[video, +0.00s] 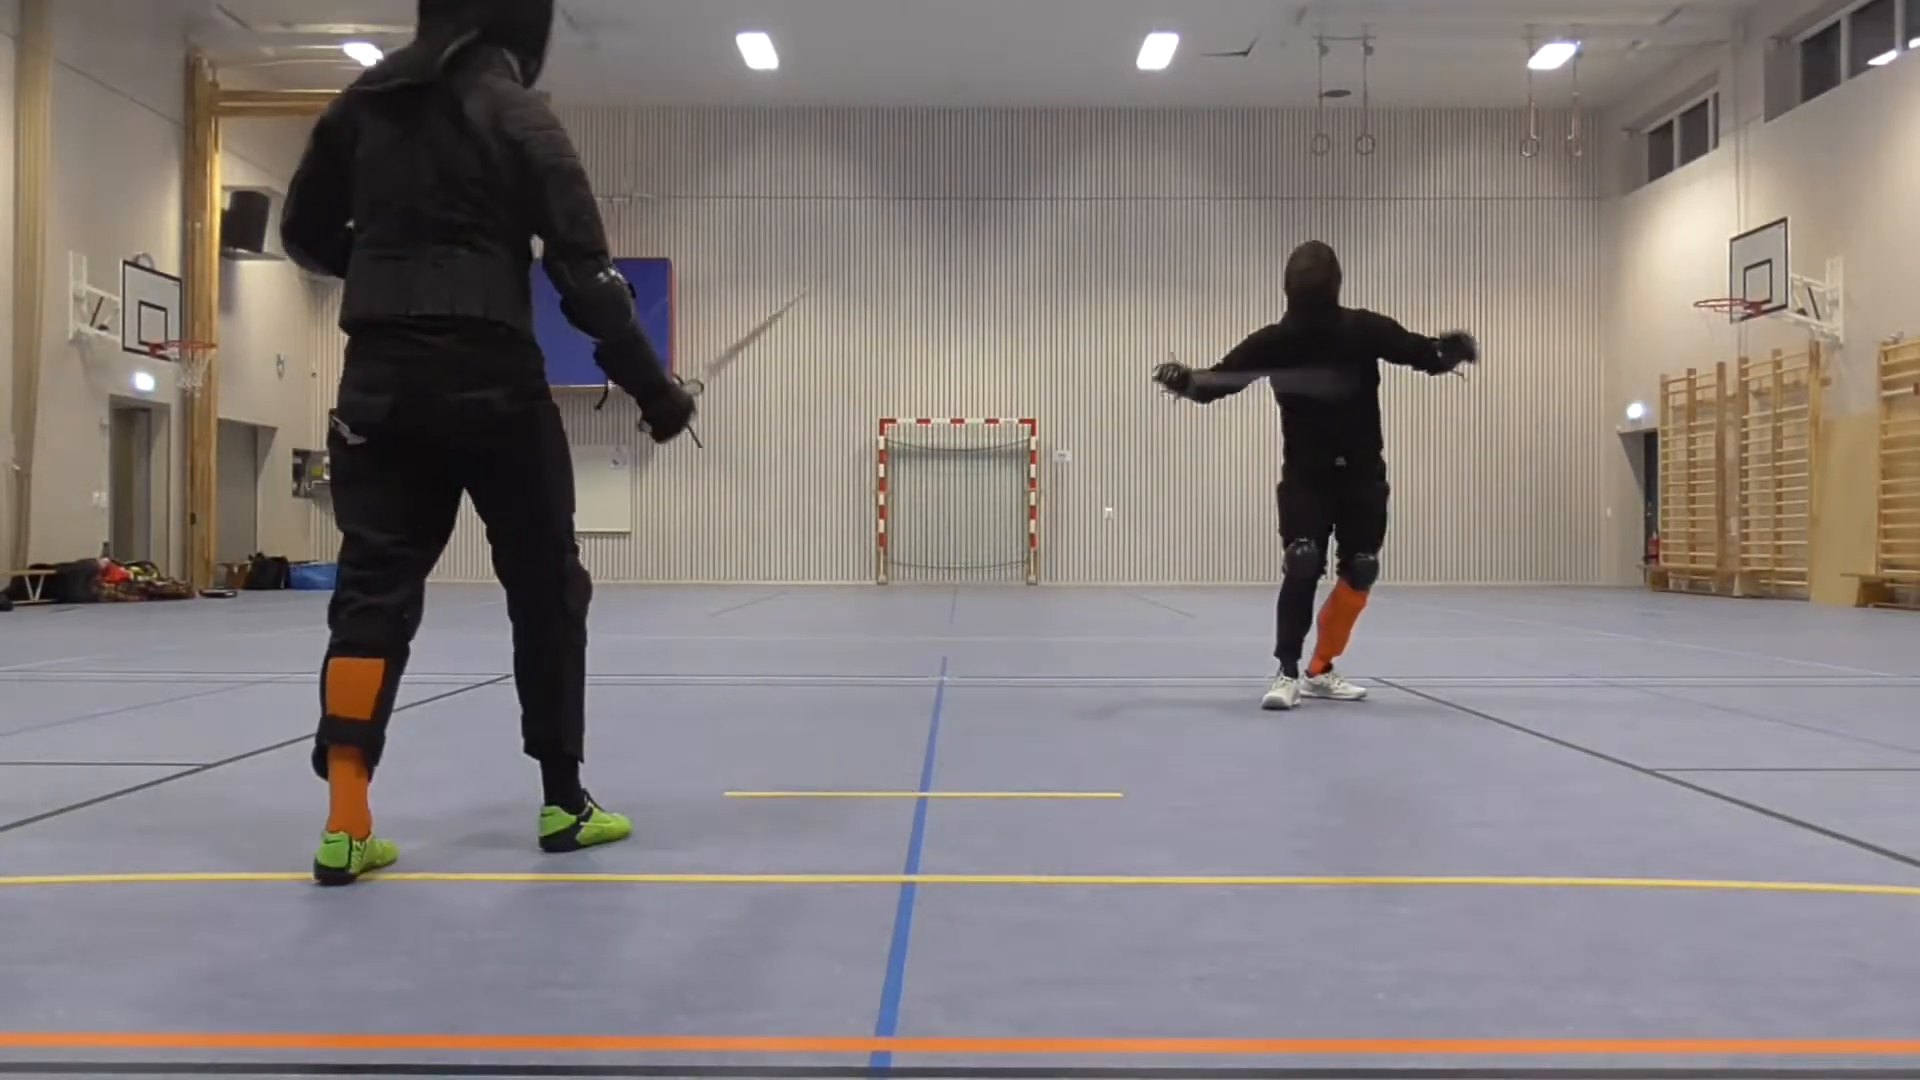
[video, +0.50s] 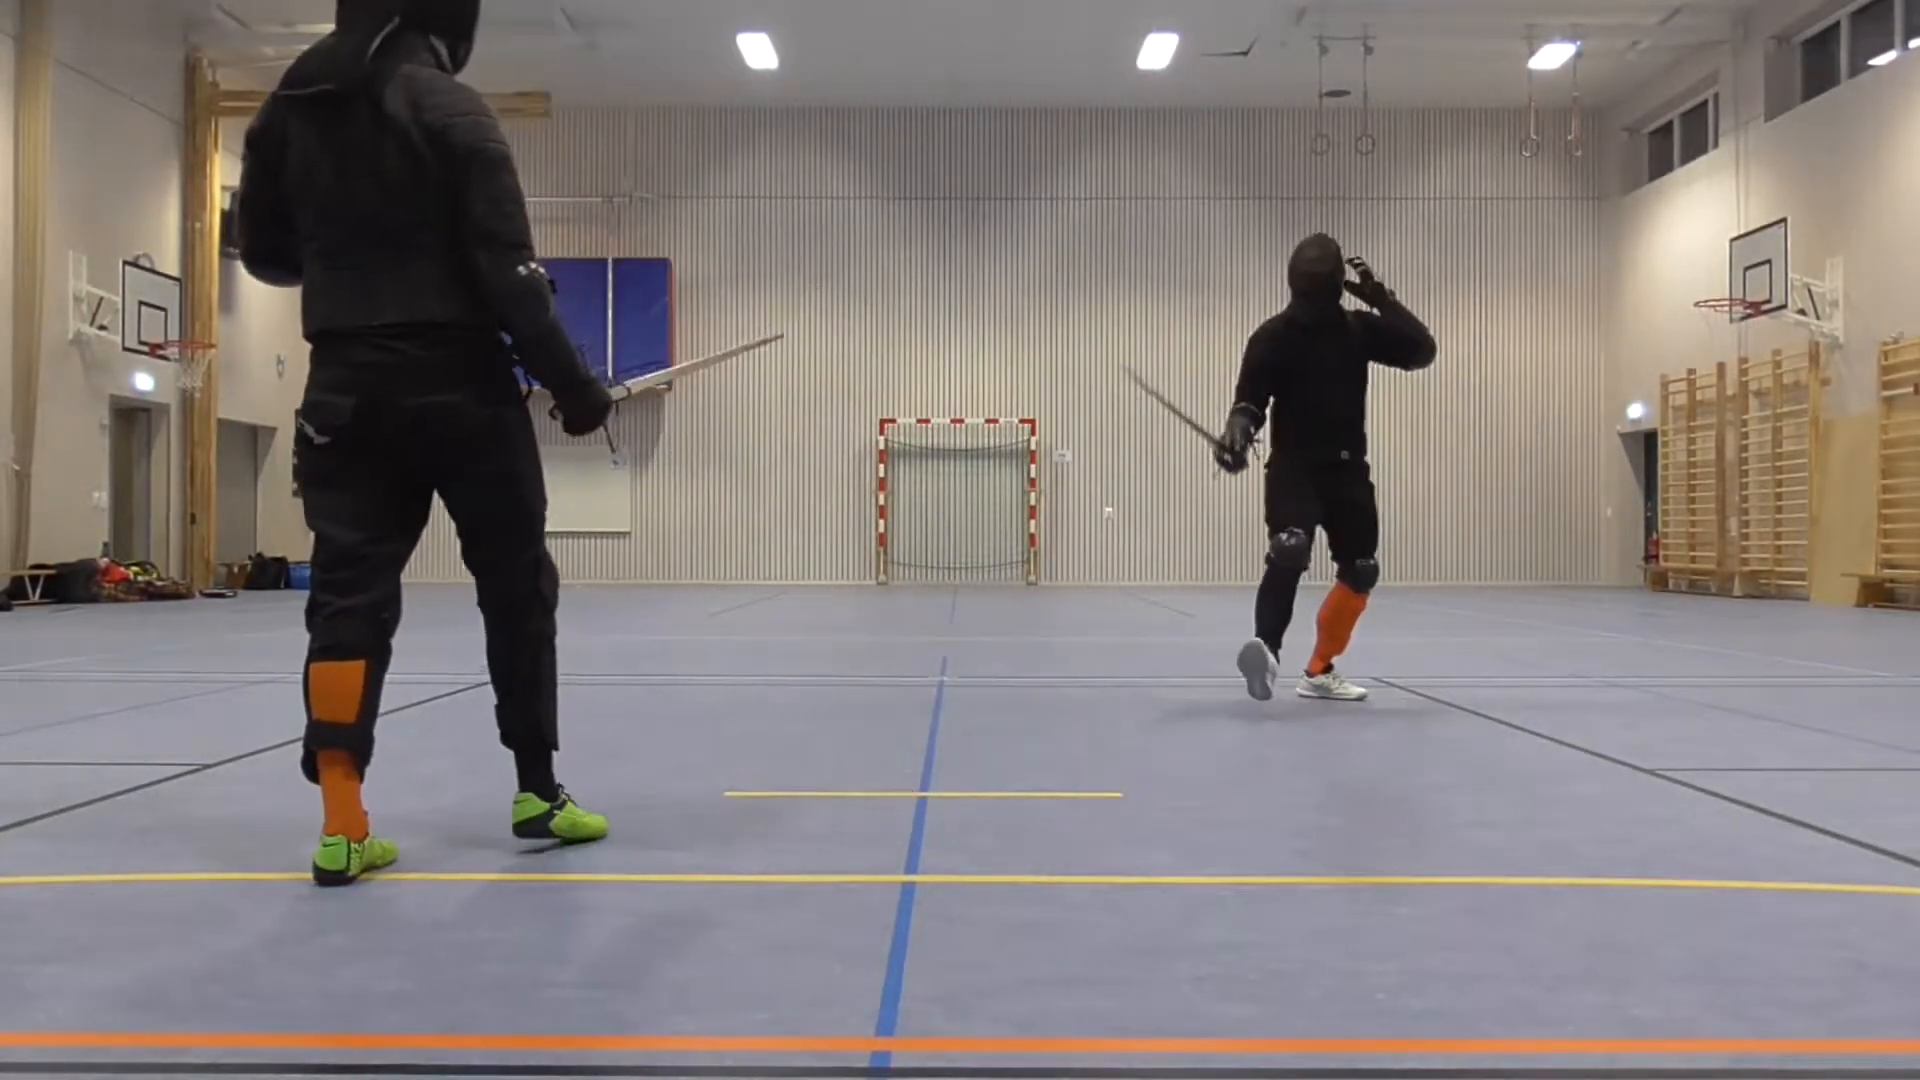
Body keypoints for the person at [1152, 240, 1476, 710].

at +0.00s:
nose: (1312, 292)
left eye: (1315, 281)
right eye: (1309, 282)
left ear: (1294, 284)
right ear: (1334, 282)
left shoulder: (1364, 331)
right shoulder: (1275, 341)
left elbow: (1422, 354)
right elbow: (1217, 383)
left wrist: (1451, 349)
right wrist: (1187, 380)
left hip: (1361, 476)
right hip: (1305, 478)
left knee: (1359, 573)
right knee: (1303, 564)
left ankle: (1319, 672)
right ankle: (1286, 674)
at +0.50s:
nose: (1317, 290)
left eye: (1325, 281)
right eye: (1309, 281)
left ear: (1338, 281)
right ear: (1293, 281)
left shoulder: (1358, 330)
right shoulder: (1272, 338)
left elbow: (1421, 350)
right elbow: (1251, 401)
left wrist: (1380, 297)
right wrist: (1237, 432)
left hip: (1347, 467)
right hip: (1292, 467)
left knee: (1360, 572)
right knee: (1290, 548)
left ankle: (1319, 671)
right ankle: (1265, 652)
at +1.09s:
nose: (1239, 282)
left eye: (1250, 272)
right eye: (1233, 272)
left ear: (1274, 281)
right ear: (1221, 279)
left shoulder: (1296, 340)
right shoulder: (1197, 346)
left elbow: (1351, 385)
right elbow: (1170, 417)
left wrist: (1309, 336)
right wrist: (1150, 465)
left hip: (1275, 480)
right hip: (1218, 482)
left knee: (1346, 570)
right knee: (1230, 569)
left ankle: (1267, 659)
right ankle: (1224, 690)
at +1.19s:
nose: (1228, 283)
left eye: (1237, 274)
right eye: (1224, 274)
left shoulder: (1288, 340)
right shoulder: (1190, 342)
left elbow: (1343, 385)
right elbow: (1161, 412)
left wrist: (1305, 337)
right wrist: (1141, 455)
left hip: (1269, 484)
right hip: (1210, 484)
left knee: (1331, 577)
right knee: (1222, 569)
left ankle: (1248, 672)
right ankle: (1222, 690)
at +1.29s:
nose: (1221, 292)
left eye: (1233, 282)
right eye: (1215, 281)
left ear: (1258, 281)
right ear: (1205, 279)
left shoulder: (1283, 333)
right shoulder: (1185, 342)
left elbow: (1335, 382)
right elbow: (1156, 412)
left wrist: (1288, 322)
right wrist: (1137, 454)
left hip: (1262, 482)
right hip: (1203, 482)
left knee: (1312, 588)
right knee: (1220, 569)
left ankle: (1237, 680)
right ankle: (1222, 690)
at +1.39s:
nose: (1216, 278)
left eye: (1228, 268)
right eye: (1211, 267)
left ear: (1255, 274)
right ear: (1201, 273)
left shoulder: (1277, 330)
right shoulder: (1180, 340)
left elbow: (1331, 382)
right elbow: (1152, 413)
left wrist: (1288, 318)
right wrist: (1136, 457)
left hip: (1255, 479)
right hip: (1196, 480)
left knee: (1304, 587)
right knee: (1218, 570)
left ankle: (1235, 681)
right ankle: (1222, 690)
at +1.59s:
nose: (1208, 280)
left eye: (1219, 270)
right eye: (1203, 269)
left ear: (1243, 272)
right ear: (1192, 268)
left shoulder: (1268, 329)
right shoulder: (1170, 335)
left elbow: (1323, 384)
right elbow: (1140, 408)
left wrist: (1283, 320)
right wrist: (1125, 459)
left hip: (1241, 476)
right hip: (1183, 476)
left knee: (1285, 587)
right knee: (1212, 573)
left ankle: (1232, 684)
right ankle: (1223, 690)